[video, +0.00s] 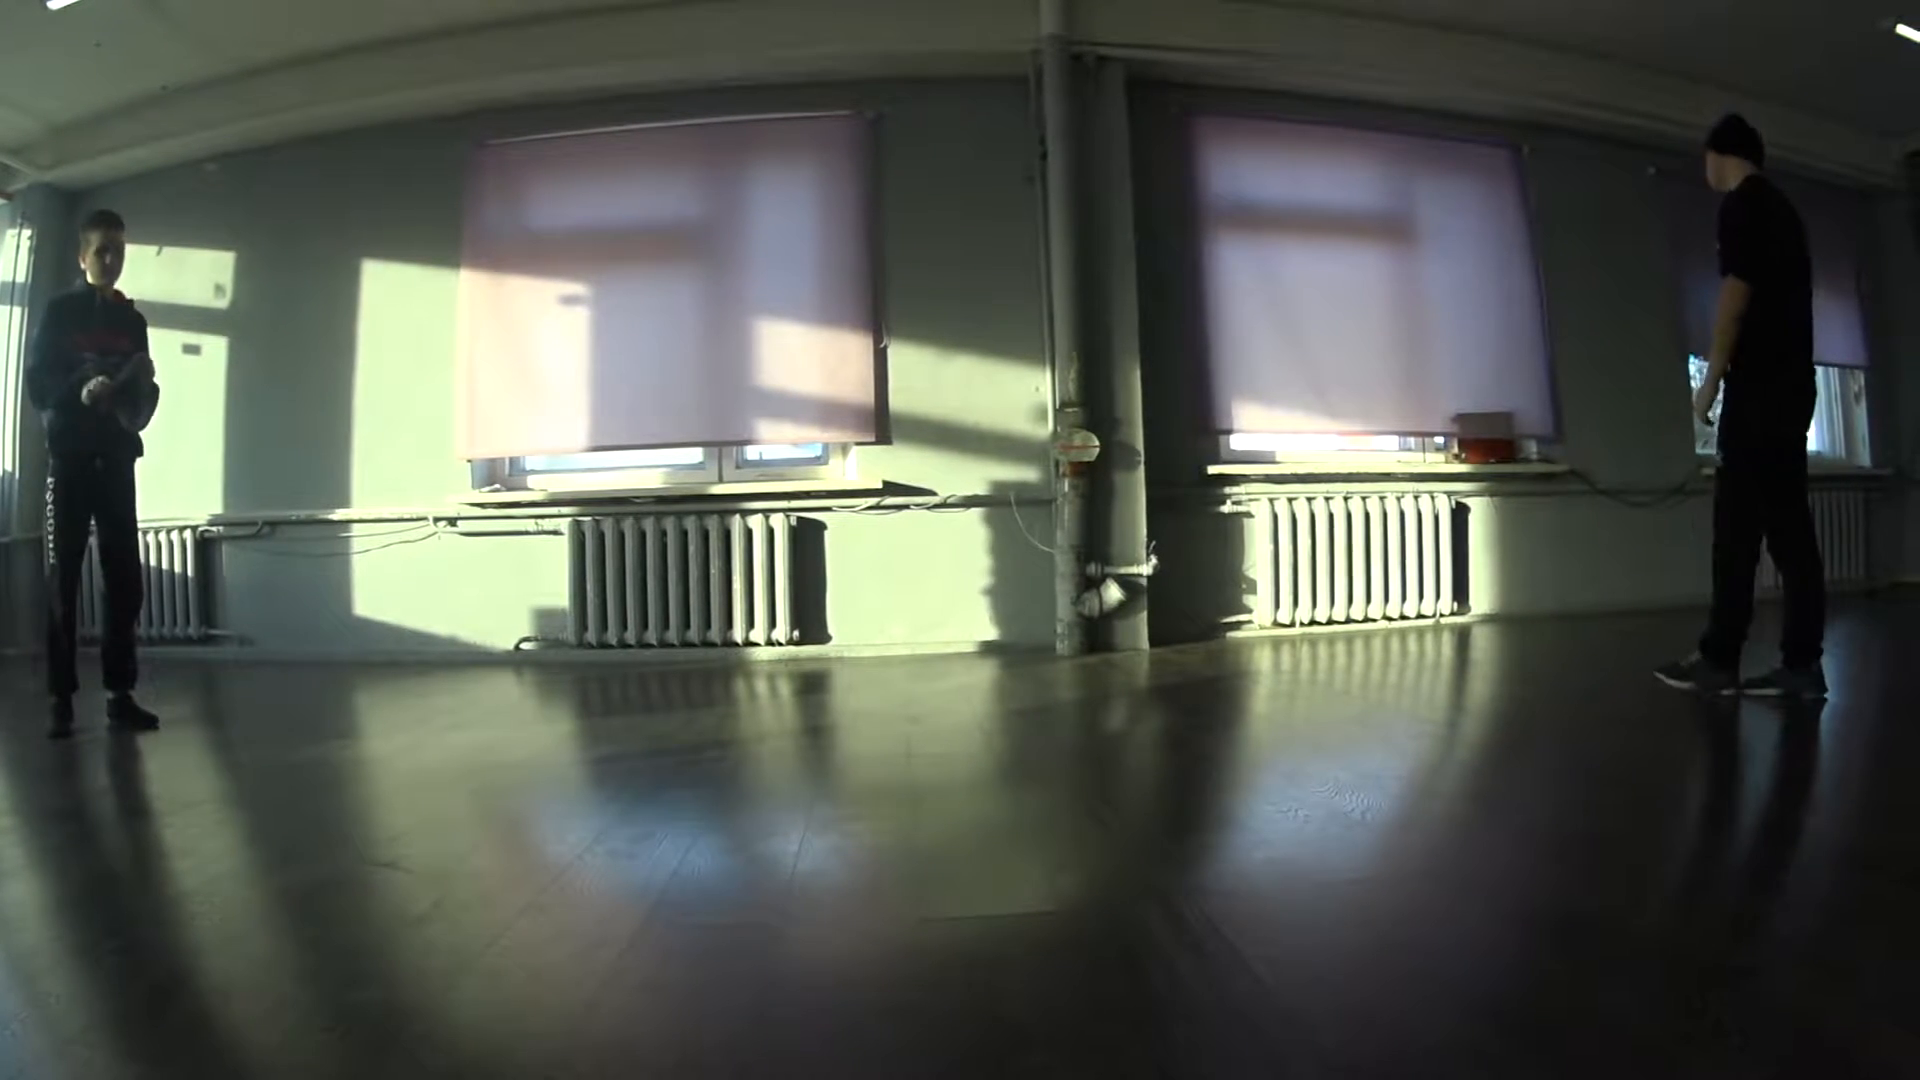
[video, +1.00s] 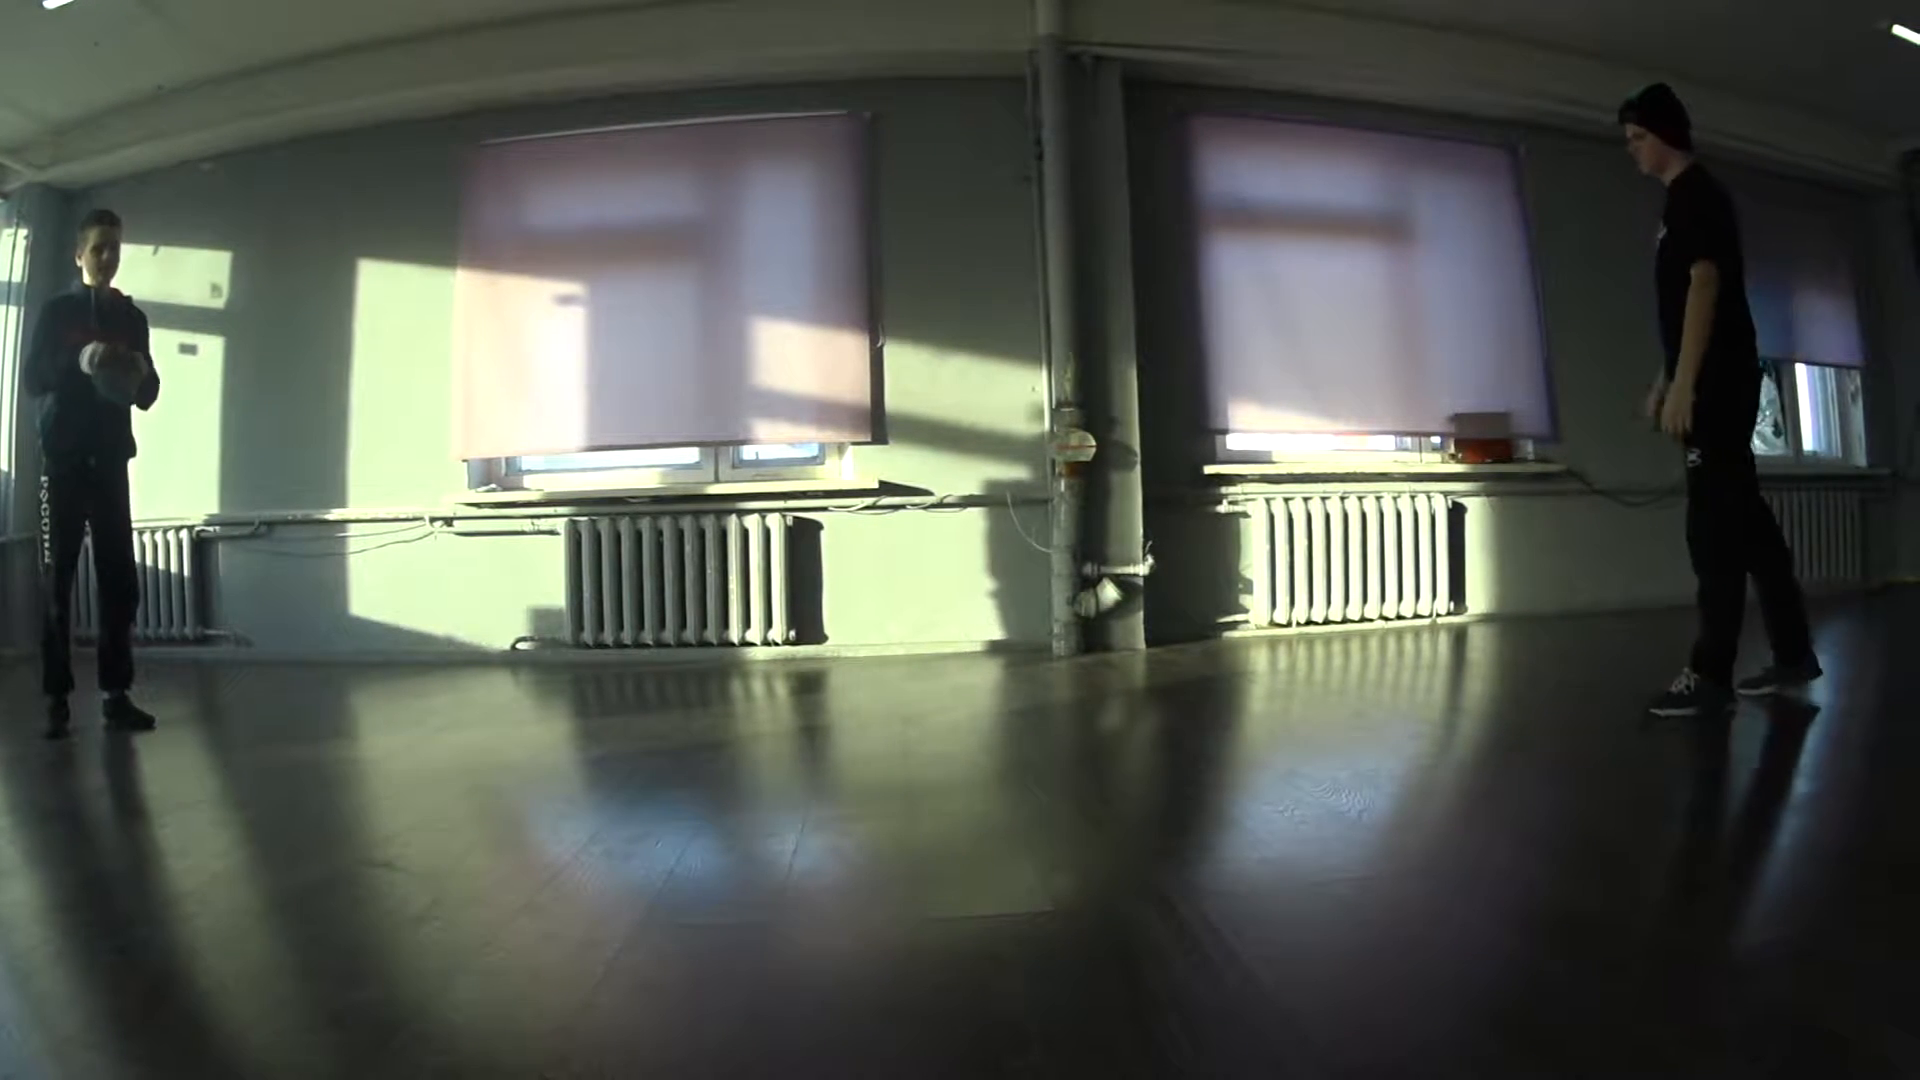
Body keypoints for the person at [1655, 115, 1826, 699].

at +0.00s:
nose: (1707, 172)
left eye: (1709, 161)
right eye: (1708, 161)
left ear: (1725, 158)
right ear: (1755, 157)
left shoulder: (1742, 206)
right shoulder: (1779, 207)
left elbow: (1736, 295)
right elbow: (1782, 307)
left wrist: (1711, 379)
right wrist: (1737, 373)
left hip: (1757, 387)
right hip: (1791, 387)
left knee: (1736, 525)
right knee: (1790, 525)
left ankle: (1718, 659)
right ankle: (1803, 665)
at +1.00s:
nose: (1632, 152)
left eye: (1636, 139)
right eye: (1629, 141)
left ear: (1665, 136)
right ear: (1666, 138)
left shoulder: (1696, 194)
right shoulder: (1685, 194)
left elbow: (1706, 287)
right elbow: (1688, 298)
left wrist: (1684, 385)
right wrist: (1668, 377)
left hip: (1721, 380)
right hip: (1716, 379)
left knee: (1712, 527)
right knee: (1746, 519)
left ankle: (1709, 675)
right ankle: (1795, 658)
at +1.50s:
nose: (1541, 159)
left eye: (1545, 144)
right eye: (1535, 150)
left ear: (1574, 133)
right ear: (1559, 145)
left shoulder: (1622, 189)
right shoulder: (1596, 199)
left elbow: (1655, 281)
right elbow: (1618, 297)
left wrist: (1653, 384)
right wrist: (1608, 383)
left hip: (1639, 388)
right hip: (1610, 390)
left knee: (1676, 538)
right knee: (1563, 519)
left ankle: (1709, 678)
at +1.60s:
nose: (1510, 172)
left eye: (1512, 158)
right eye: (1505, 161)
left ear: (1539, 146)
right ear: (1532, 151)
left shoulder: (1595, 197)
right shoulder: (1566, 209)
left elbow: (1633, 287)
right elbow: (1589, 307)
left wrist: (1647, 388)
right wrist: (1577, 398)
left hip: (1621, 400)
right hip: (1585, 403)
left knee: (1672, 545)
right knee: (1539, 532)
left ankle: (1709, 680)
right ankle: (1478, 668)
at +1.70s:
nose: (1470, 180)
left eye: (1472, 166)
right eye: (1464, 171)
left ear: (1502, 152)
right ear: (1489, 163)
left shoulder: (1560, 206)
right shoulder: (1521, 220)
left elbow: (1604, 295)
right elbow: (1552, 317)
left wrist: (1628, 393)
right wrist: (1546, 405)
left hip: (1599, 407)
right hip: (1553, 413)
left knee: (1658, 545)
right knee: (1507, 546)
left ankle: (1707, 675)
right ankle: (1442, 678)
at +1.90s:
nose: (1367, 170)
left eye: (1371, 155)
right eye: (1361, 160)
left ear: (1403, 144)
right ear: (1376, 159)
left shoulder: (1475, 195)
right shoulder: (1406, 226)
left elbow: (1526, 287)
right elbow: (1429, 324)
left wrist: (1523, 388)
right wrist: (1434, 407)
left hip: (1519, 388)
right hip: (1460, 399)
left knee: (1578, 526)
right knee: (1448, 551)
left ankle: (1669, 644)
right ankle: (1426, 692)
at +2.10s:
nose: (1304, 150)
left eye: (1307, 134)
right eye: (1297, 141)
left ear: (1340, 119)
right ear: (1310, 140)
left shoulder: (1405, 170)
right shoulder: (1341, 198)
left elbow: (1431, 262)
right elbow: (1363, 282)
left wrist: (1355, 323)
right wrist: (1346, 344)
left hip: (1431, 370)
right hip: (1372, 376)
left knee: (1449, 517)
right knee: (1381, 530)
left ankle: (1505, 637)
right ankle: (1413, 673)